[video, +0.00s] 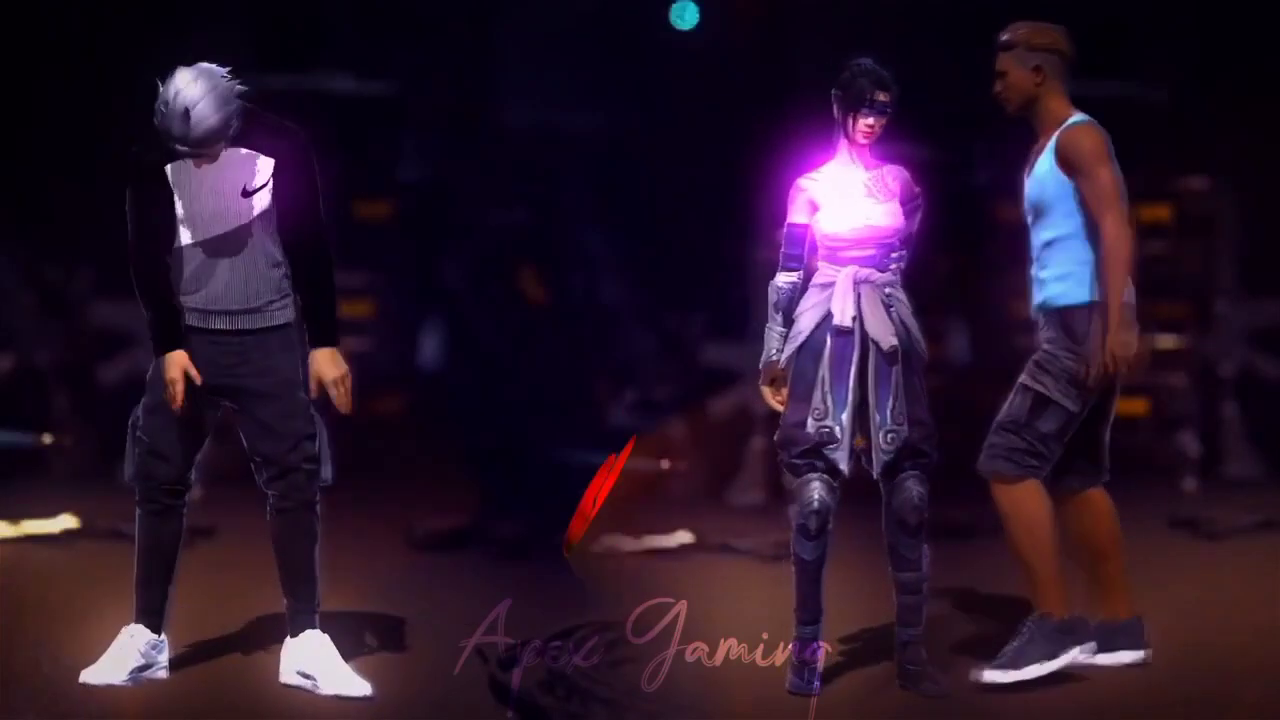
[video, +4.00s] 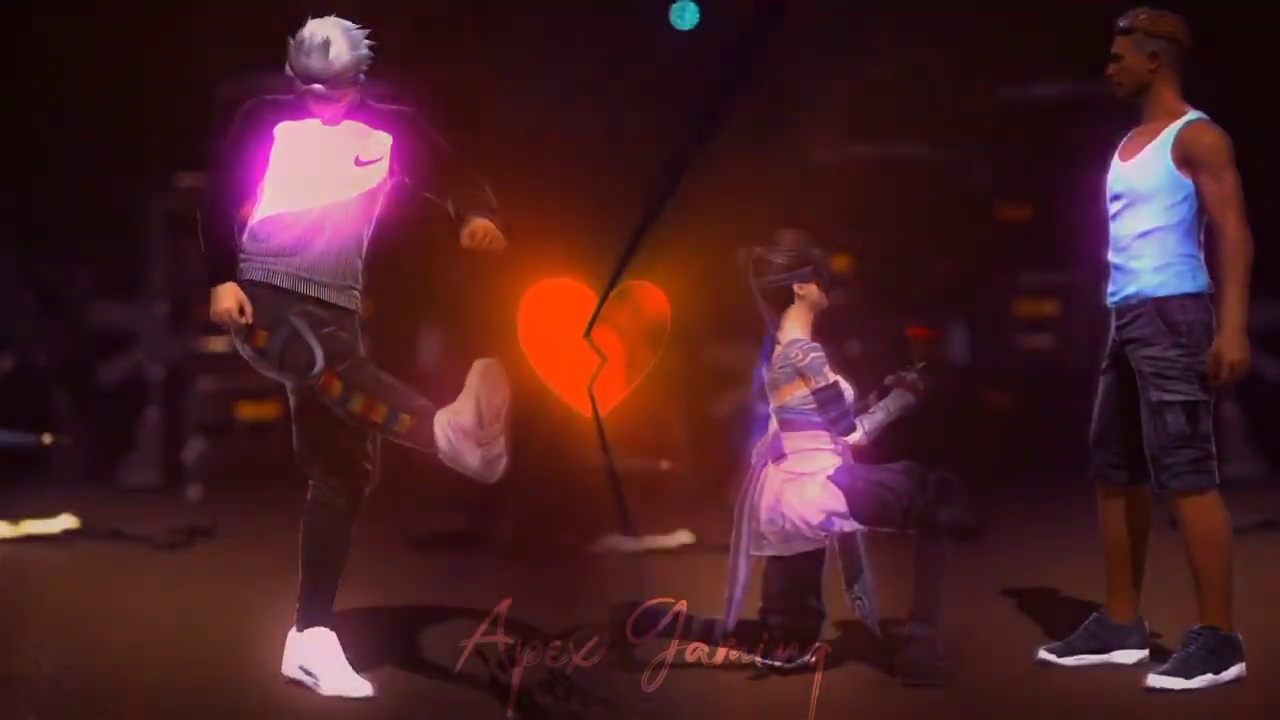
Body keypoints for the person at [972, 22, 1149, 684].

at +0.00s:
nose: (997, 84)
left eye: (1004, 73)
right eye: (997, 74)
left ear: (1040, 74)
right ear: (1033, 76)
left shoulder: (1080, 136)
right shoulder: (1050, 144)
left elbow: (1113, 224)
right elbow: (1068, 239)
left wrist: (1118, 317)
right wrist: (1047, 319)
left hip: (1079, 323)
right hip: (1070, 321)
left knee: (1007, 463)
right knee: (1076, 476)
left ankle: (1054, 621)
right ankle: (1120, 623)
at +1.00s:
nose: (1112, 68)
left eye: (1122, 58)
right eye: (1113, 58)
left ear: (1158, 62)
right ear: (1143, 64)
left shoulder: (1199, 135)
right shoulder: (1133, 139)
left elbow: (1234, 231)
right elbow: (1136, 239)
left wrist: (1230, 328)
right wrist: (1118, 320)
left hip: (1173, 320)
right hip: (1125, 322)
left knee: (1187, 477)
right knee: (1117, 471)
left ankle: (1215, 636)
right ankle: (1120, 623)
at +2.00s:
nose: (1113, 68)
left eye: (1122, 58)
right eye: (1113, 58)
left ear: (1159, 62)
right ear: (1144, 64)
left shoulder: (1200, 135)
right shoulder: (1133, 140)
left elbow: (1234, 233)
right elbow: (1134, 240)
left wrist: (1227, 328)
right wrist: (1116, 323)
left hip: (1172, 320)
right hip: (1125, 322)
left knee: (1189, 476)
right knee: (1117, 471)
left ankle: (1216, 637)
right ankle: (1121, 623)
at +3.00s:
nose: (1111, 67)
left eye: (1121, 57)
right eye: (1112, 58)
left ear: (1158, 61)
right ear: (1142, 64)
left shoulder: (1200, 135)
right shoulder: (1131, 142)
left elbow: (1234, 233)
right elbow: (1133, 241)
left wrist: (1229, 328)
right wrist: (1118, 320)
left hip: (1173, 319)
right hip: (1125, 322)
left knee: (1189, 477)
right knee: (1117, 471)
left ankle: (1216, 637)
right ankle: (1121, 623)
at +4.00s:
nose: (1110, 67)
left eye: (1119, 57)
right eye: (1110, 57)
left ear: (1156, 61)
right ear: (1141, 64)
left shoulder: (1198, 135)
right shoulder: (1131, 142)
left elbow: (1234, 234)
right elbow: (1135, 242)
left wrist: (1231, 329)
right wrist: (1119, 323)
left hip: (1173, 320)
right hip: (1126, 323)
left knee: (1188, 477)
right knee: (1116, 471)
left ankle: (1216, 636)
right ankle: (1120, 623)